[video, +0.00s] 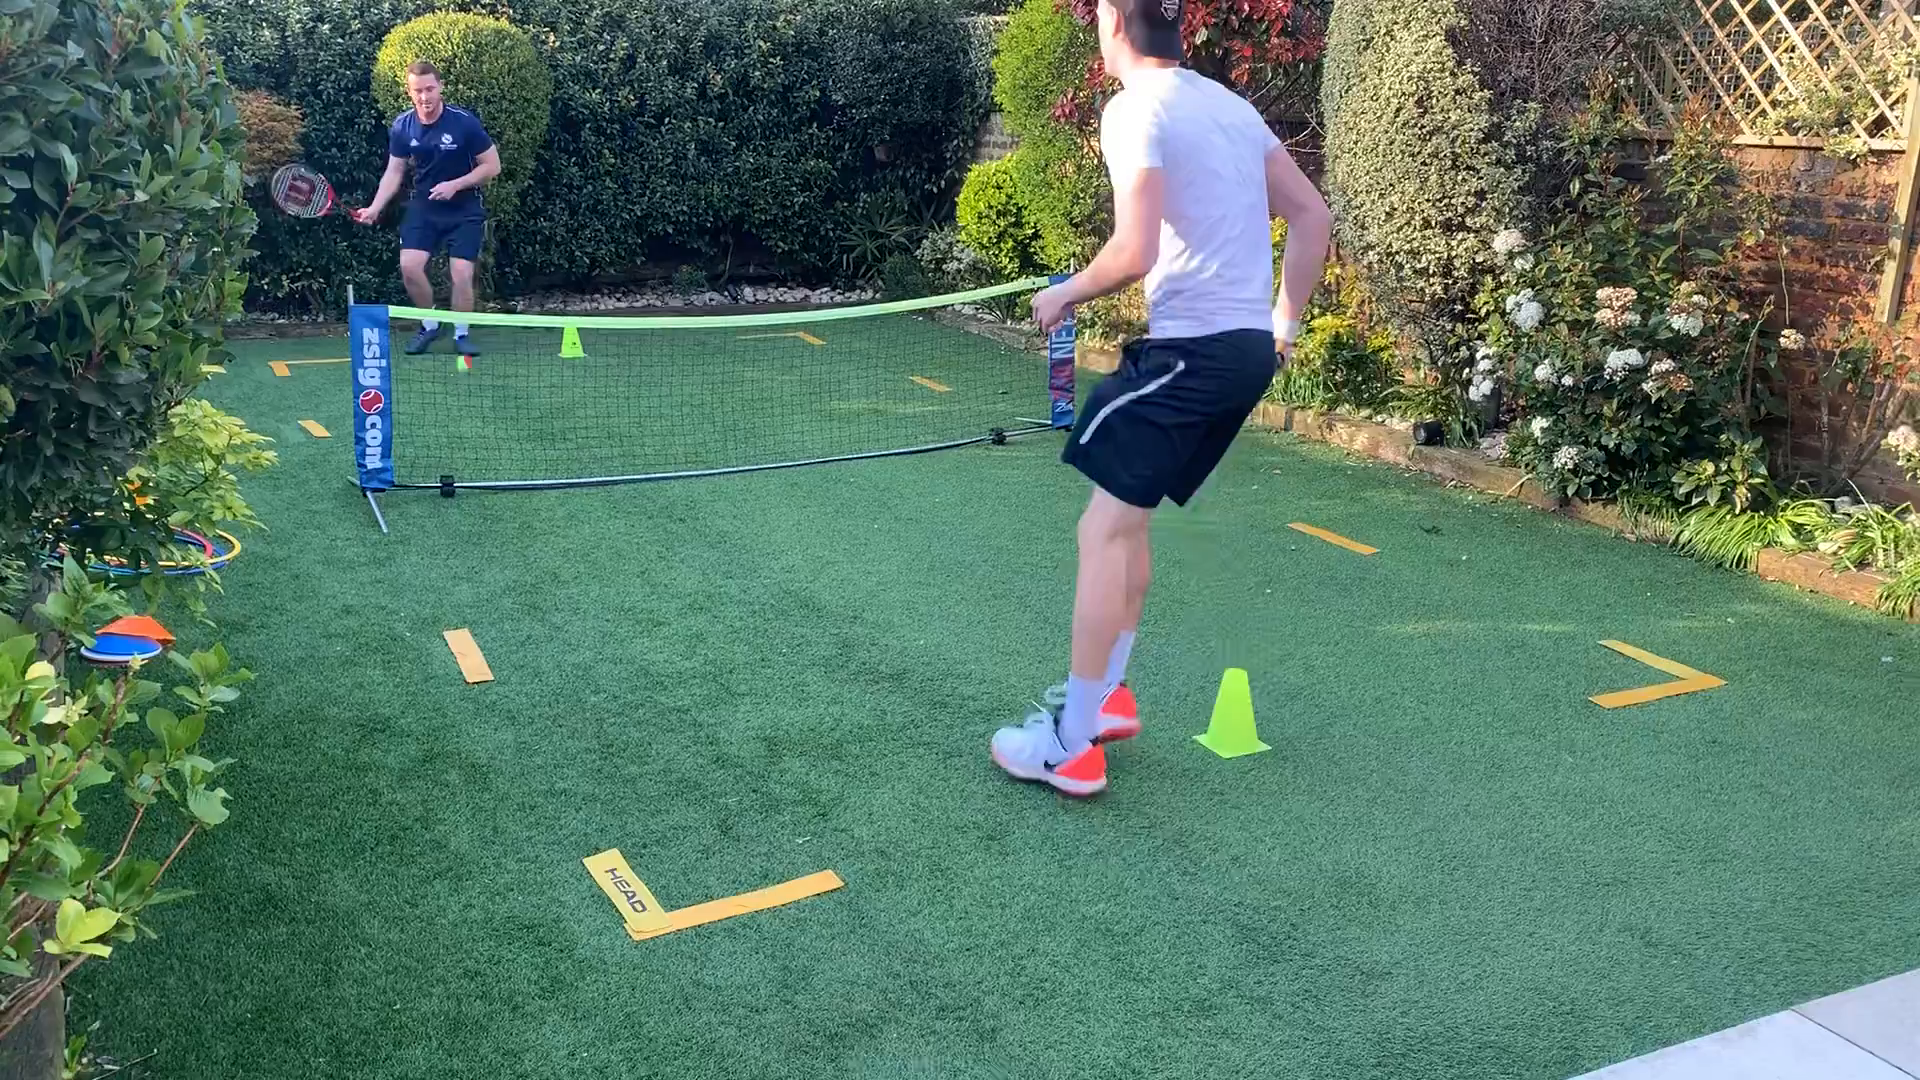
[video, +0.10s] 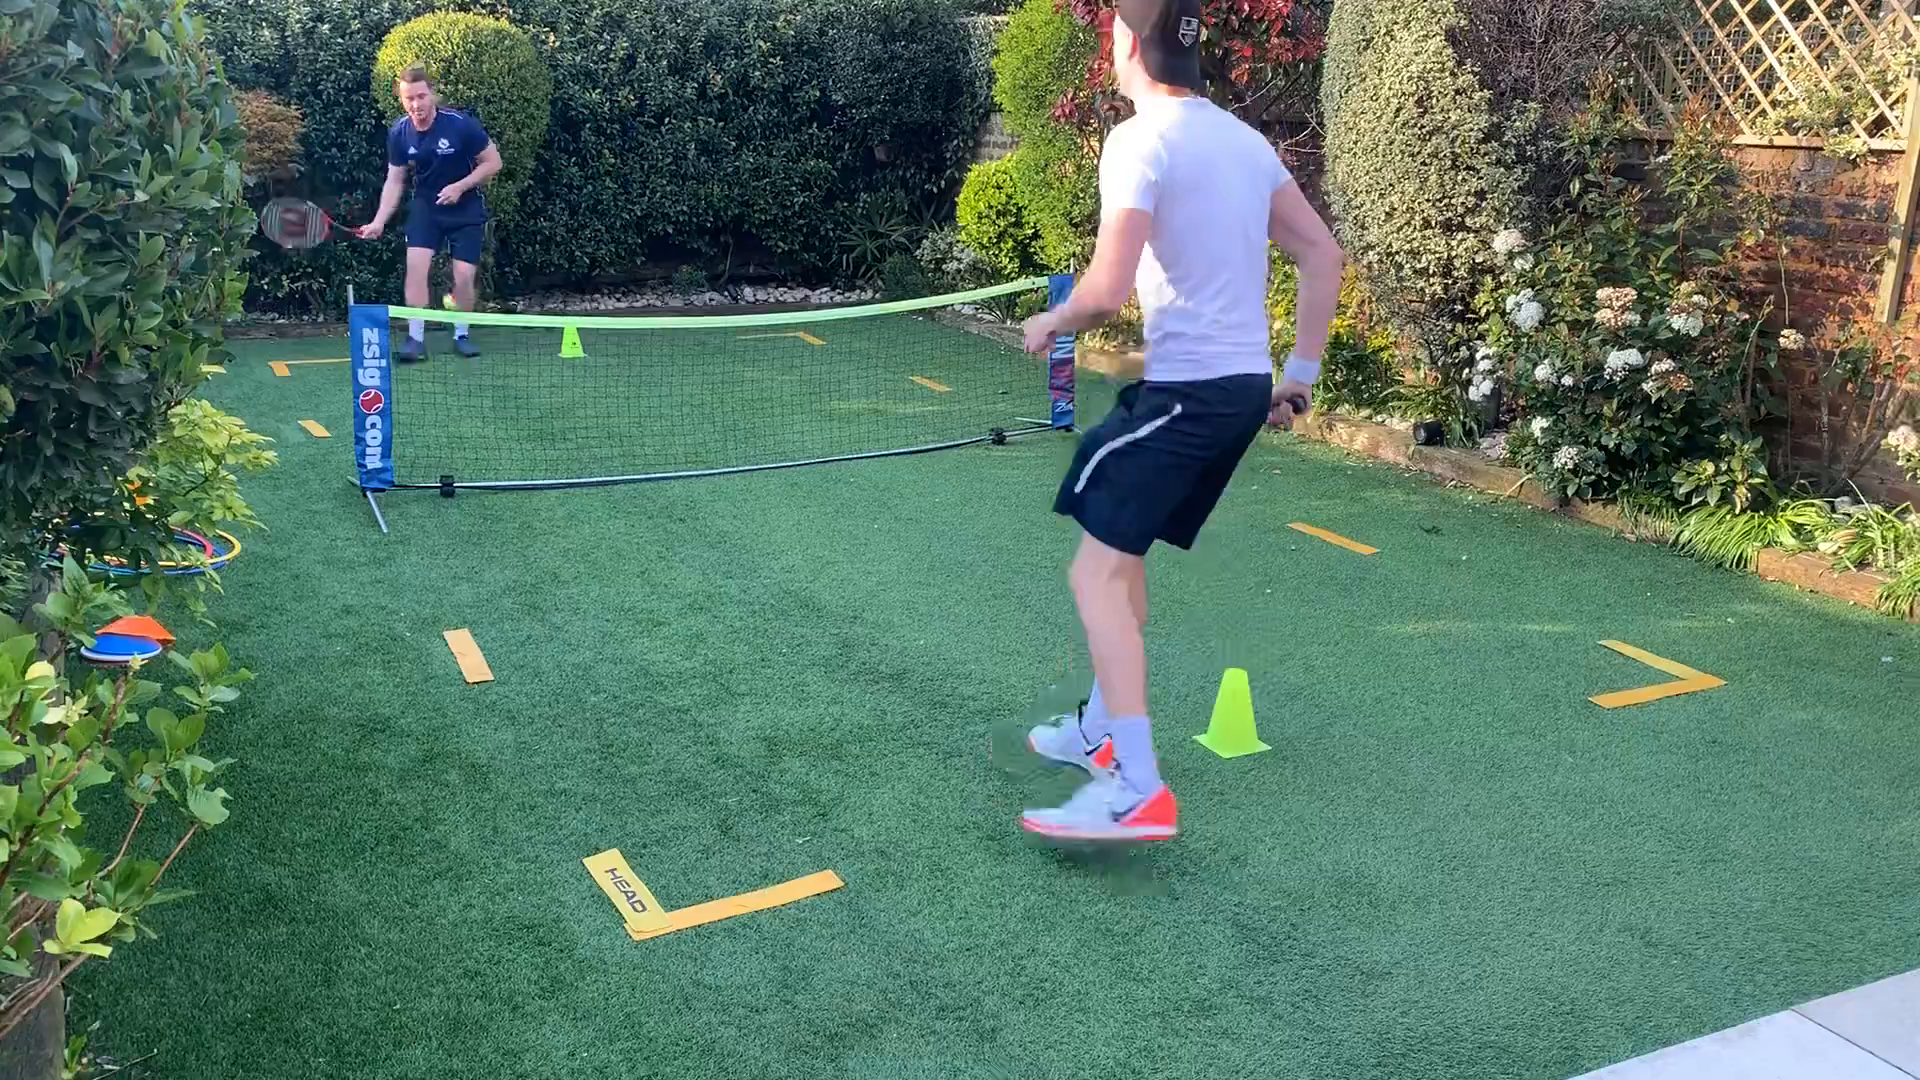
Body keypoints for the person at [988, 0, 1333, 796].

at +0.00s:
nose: (1095, 36)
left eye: (1096, 23)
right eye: (1097, 24)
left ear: (1110, 24)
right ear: (1177, 28)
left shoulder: (1136, 107)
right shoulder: (1235, 108)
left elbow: (1134, 250)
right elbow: (1311, 214)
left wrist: (1064, 293)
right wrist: (1287, 315)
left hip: (1191, 345)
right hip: (1245, 345)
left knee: (1102, 527)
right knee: (1127, 515)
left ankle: (1073, 740)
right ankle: (1108, 689)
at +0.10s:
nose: (1107, 56)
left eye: (1110, 38)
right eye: (1111, 38)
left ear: (1127, 47)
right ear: (1193, 46)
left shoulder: (1139, 141)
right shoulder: (1245, 140)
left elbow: (1108, 289)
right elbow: (1322, 255)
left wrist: (1054, 321)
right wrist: (1301, 370)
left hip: (1183, 389)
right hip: (1240, 389)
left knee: (1095, 572)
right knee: (1125, 552)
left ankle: (1136, 785)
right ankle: (1103, 721)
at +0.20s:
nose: (1130, 50)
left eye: (1134, 35)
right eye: (1136, 35)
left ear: (1149, 44)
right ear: (1218, 44)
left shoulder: (1143, 141)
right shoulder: (1277, 144)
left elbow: (1104, 291)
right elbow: (1349, 258)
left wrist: (1066, 343)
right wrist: (1323, 379)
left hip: (1208, 393)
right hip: (1269, 392)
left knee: (1140, 600)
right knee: (1143, 559)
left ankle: (1226, 797)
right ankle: (1104, 728)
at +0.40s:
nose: (1185, 79)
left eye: (1189, 66)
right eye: (1191, 64)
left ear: (1205, 79)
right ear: (1276, 83)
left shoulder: (1187, 182)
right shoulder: (1342, 175)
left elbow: (1145, 353)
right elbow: (1416, 313)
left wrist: (1145, 393)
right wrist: (1372, 400)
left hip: (1288, 436)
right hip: (1366, 430)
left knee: (1223, 663)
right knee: (1227, 545)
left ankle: (1279, 894)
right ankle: (1237, 756)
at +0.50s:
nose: (1225, 76)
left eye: (1228, 61)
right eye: (1230, 60)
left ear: (1245, 73)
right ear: (1316, 74)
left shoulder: (1229, 181)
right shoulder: (1379, 174)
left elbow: (1211, 341)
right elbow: (1447, 319)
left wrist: (1198, 402)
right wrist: (1390, 402)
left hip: (1321, 442)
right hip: (1406, 435)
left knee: (1232, 654)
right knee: (1307, 579)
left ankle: (1277, 892)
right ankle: (1385, 773)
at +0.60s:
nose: (1272, 63)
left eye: (1276, 47)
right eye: (1278, 46)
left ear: (1295, 60)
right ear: (1364, 62)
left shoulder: (1276, 170)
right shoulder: (1424, 168)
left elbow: (1268, 338)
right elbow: (1485, 309)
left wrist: (1235, 352)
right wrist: (1419, 383)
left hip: (1350, 436)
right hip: (1440, 428)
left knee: (1260, 645)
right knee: (1407, 601)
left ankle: (1278, 892)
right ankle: (1520, 787)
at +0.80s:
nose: (1377, 89)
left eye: (1381, 75)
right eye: (1384, 73)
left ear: (1398, 83)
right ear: (1461, 86)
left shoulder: (1373, 193)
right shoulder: (1526, 181)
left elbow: (1350, 366)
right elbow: (1582, 324)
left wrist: (1362, 376)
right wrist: (1500, 374)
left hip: (1447, 450)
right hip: (1542, 443)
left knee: (1349, 658)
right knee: (1552, 633)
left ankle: (1297, 882)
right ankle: (1639, 825)